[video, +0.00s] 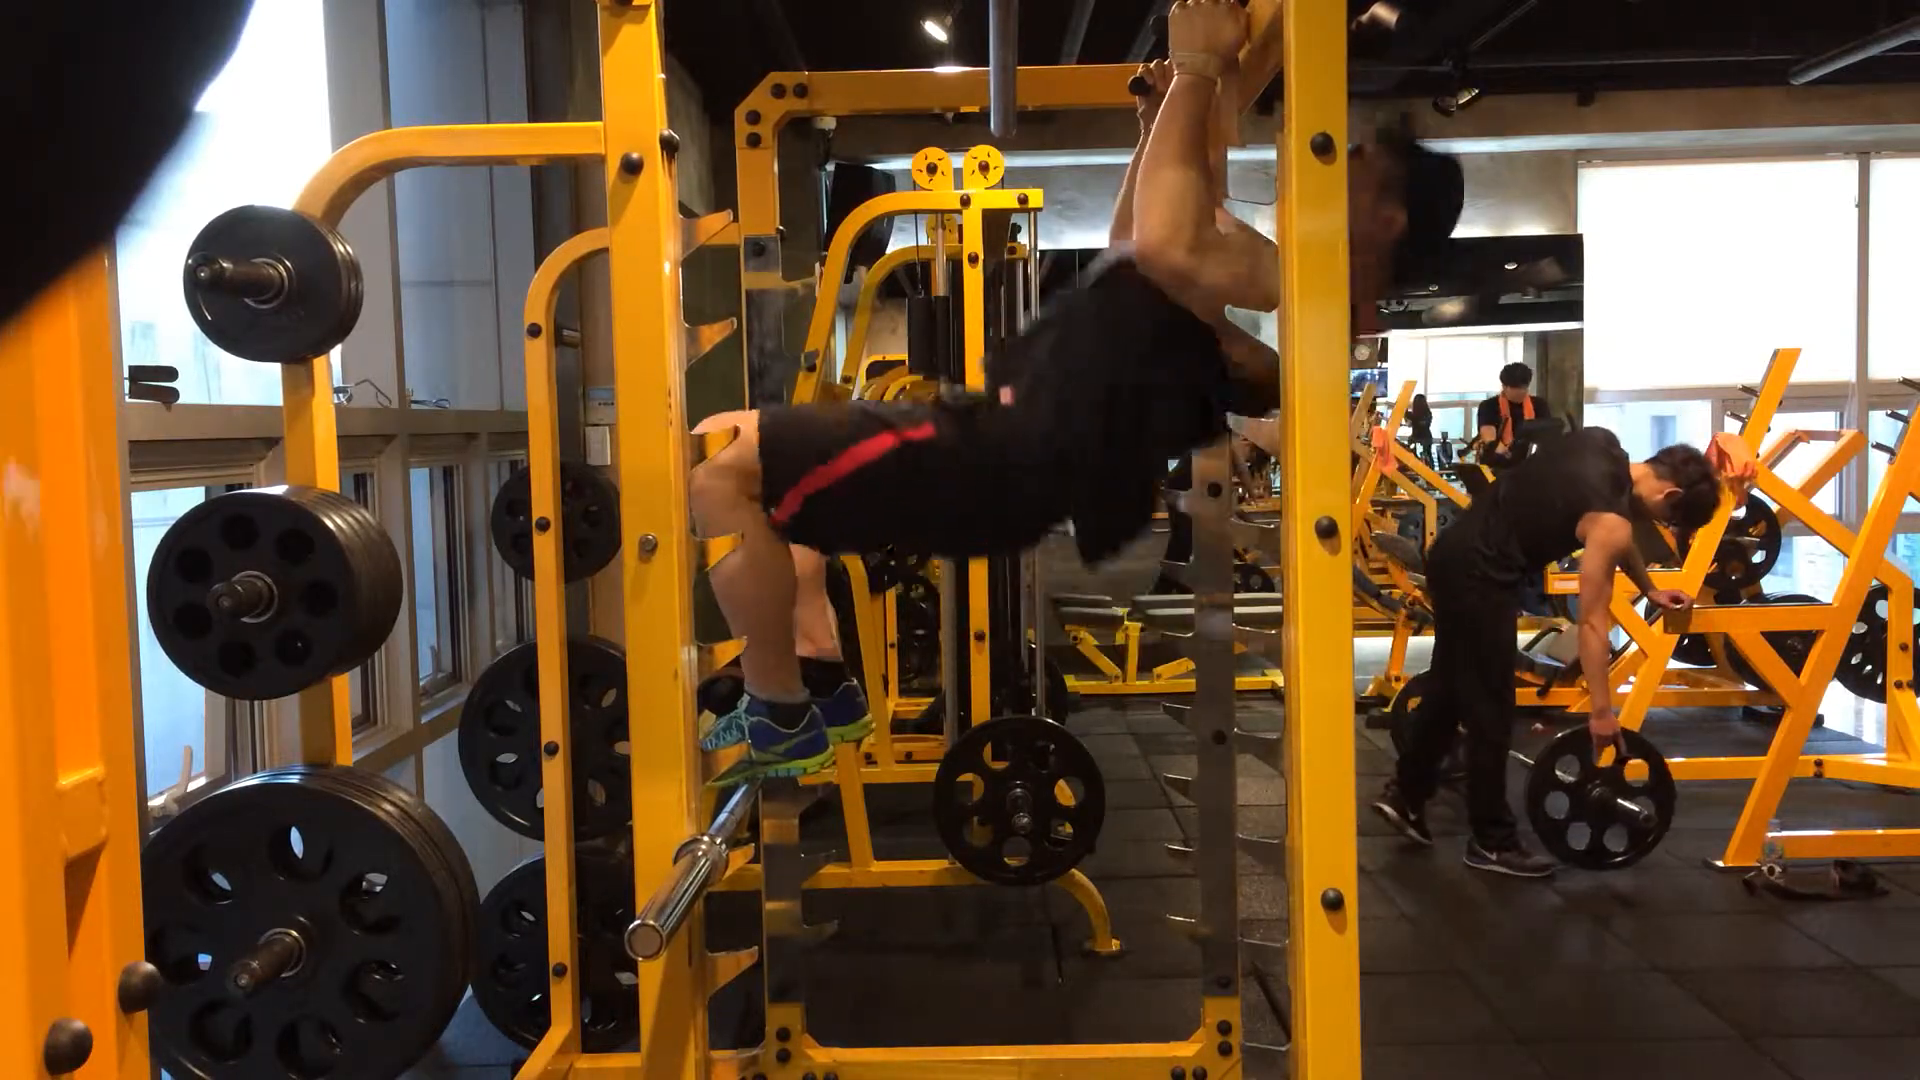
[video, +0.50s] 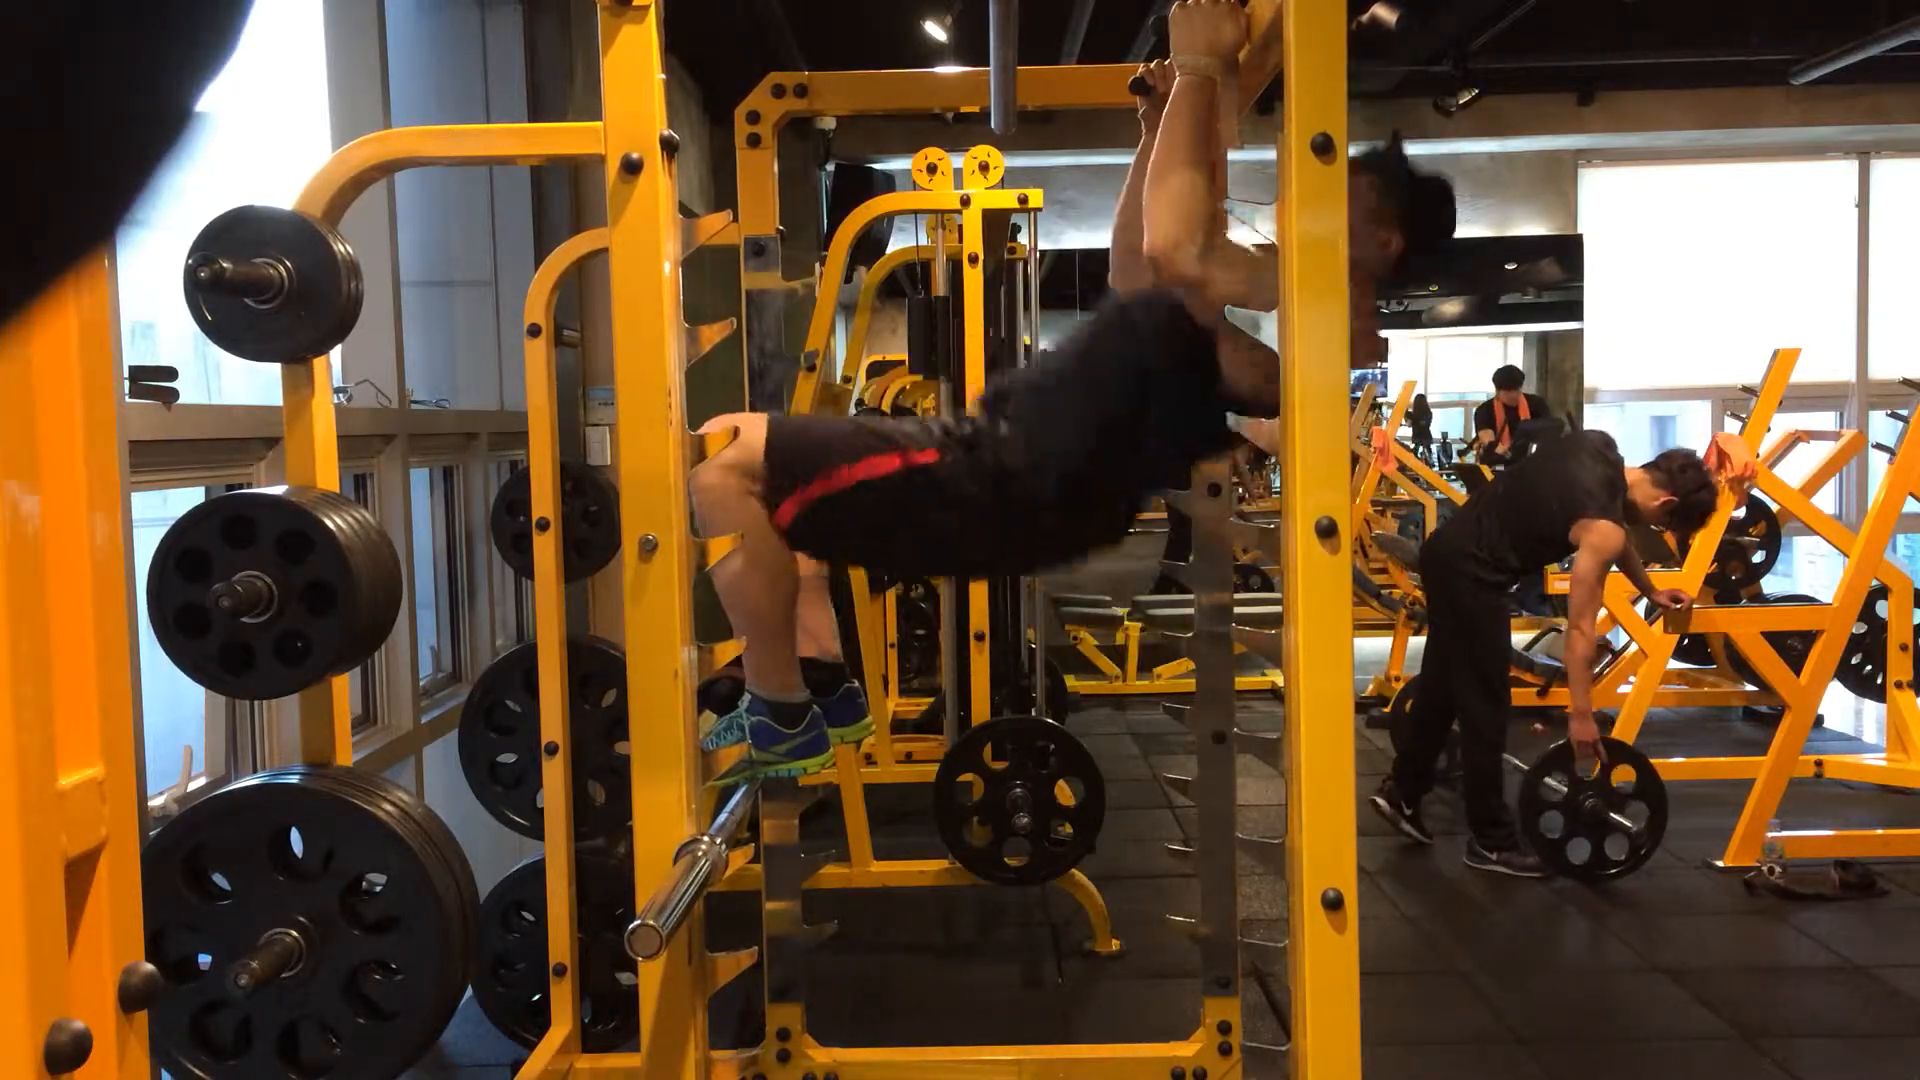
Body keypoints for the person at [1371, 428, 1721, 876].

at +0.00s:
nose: (1659, 524)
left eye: (1666, 522)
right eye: (1667, 519)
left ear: (1655, 467)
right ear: (1667, 494)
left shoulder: (1599, 443)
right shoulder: (1609, 520)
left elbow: (1615, 529)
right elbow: (1592, 625)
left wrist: (1649, 588)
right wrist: (1602, 709)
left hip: (1453, 556)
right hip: (1482, 579)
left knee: (1450, 686)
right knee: (1493, 708)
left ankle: (1406, 793)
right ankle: (1491, 838)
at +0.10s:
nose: (1659, 524)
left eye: (1666, 522)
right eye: (1666, 519)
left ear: (1650, 466)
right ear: (1666, 497)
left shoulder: (1596, 444)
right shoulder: (1608, 525)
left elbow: (1614, 531)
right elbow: (1592, 627)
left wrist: (1648, 587)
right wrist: (1603, 712)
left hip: (1452, 555)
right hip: (1480, 579)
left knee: (1447, 686)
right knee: (1490, 708)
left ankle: (1404, 793)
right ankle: (1490, 838)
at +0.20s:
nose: (1659, 529)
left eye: (1666, 526)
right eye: (1667, 524)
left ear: (1650, 468)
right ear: (1666, 501)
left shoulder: (1597, 446)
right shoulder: (1608, 529)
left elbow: (1613, 532)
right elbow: (1592, 632)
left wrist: (1650, 589)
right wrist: (1599, 718)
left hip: (1450, 554)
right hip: (1478, 579)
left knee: (1444, 685)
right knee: (1490, 708)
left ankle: (1403, 792)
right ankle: (1490, 838)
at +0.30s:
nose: (1660, 529)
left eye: (1666, 526)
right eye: (1668, 524)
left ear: (1652, 469)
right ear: (1668, 504)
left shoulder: (1597, 446)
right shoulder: (1607, 529)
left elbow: (1611, 533)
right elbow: (1590, 633)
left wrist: (1650, 589)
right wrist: (1597, 718)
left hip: (1448, 554)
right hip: (1476, 581)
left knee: (1441, 686)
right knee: (1489, 708)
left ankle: (1404, 791)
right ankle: (1490, 838)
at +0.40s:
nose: (1657, 528)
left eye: (1664, 525)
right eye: (1665, 523)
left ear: (1649, 467)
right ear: (1666, 501)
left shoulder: (1598, 445)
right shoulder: (1606, 528)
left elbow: (1612, 532)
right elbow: (1584, 630)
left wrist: (1649, 588)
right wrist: (1589, 716)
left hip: (1448, 554)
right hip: (1476, 579)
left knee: (1441, 685)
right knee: (1489, 706)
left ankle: (1403, 790)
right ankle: (1489, 837)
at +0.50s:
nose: (1655, 528)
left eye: (1662, 526)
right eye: (1663, 523)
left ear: (1647, 466)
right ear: (1663, 501)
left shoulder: (1596, 445)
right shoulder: (1602, 526)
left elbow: (1611, 533)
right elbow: (1580, 630)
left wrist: (1649, 589)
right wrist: (1581, 714)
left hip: (1448, 552)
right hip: (1474, 578)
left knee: (1441, 685)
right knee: (1488, 706)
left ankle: (1402, 792)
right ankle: (1490, 837)